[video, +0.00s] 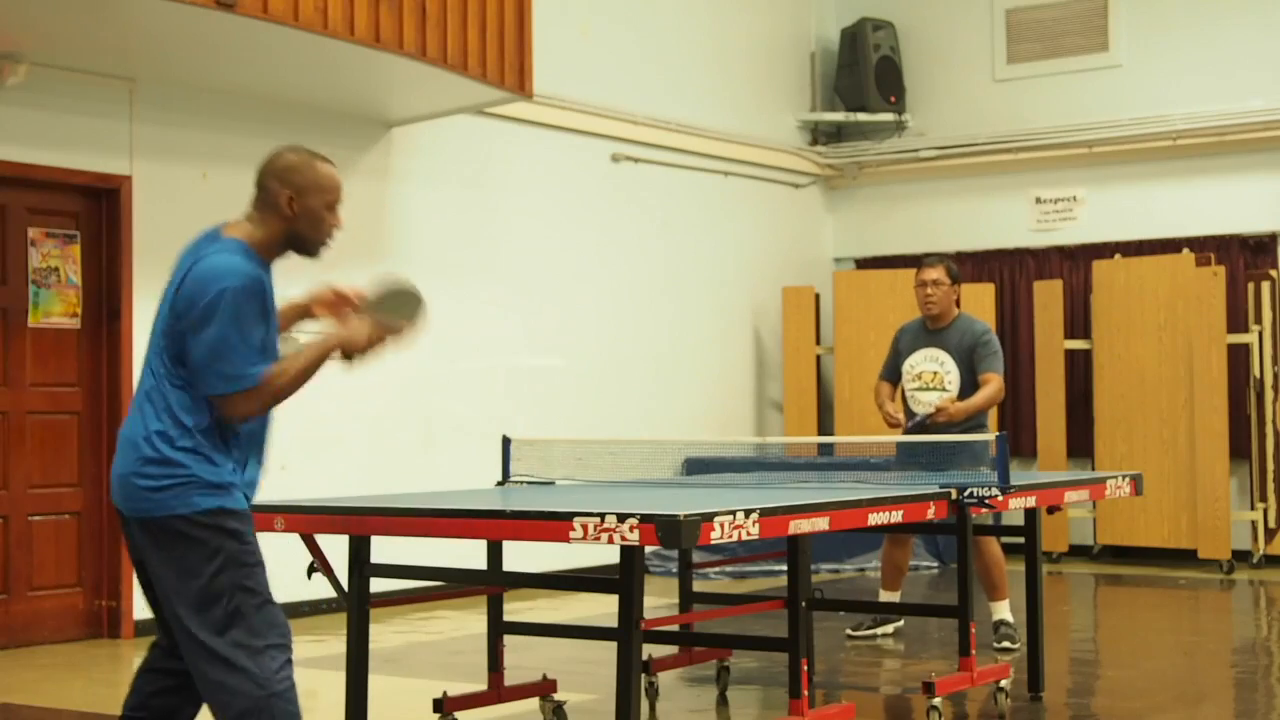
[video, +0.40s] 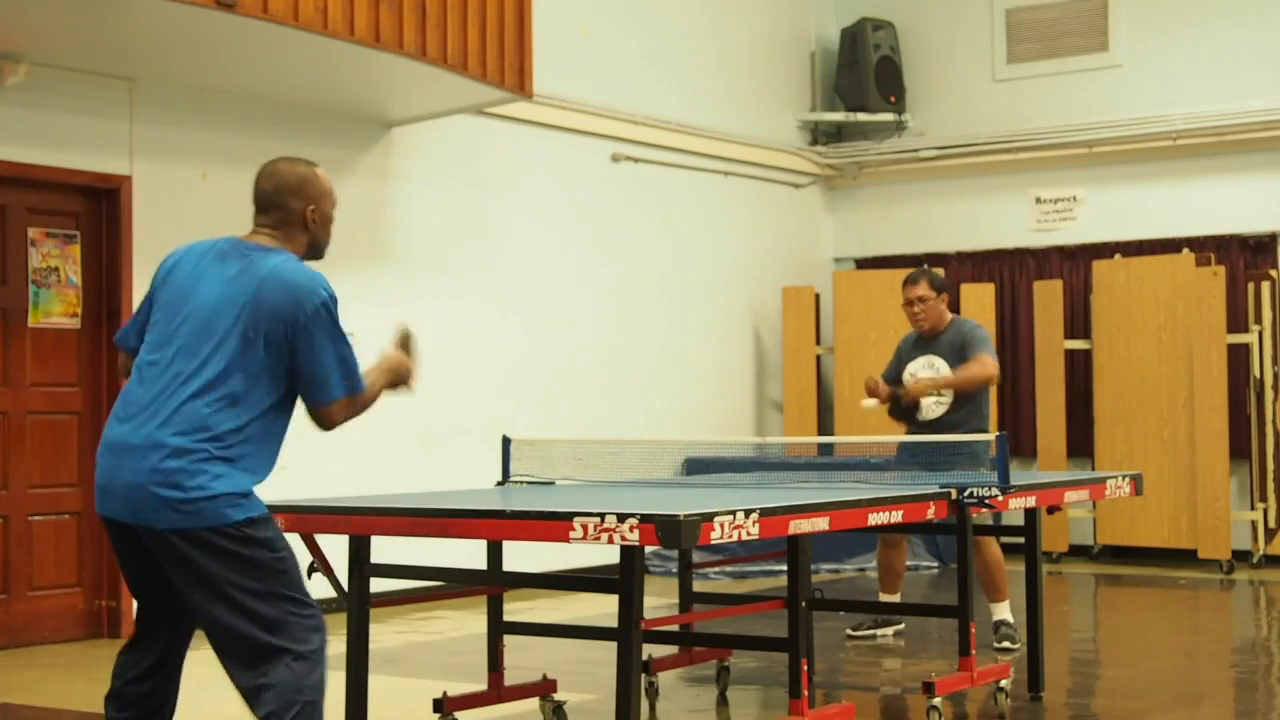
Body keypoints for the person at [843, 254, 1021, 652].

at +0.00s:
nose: (927, 293)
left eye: (935, 285)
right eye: (921, 286)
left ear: (955, 291)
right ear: (915, 291)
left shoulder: (979, 335)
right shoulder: (906, 335)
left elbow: (994, 387)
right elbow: (884, 385)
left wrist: (962, 409)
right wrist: (887, 406)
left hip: (965, 450)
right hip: (914, 450)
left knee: (979, 530)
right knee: (898, 528)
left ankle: (1002, 618)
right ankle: (887, 612)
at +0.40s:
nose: (914, 309)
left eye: (921, 301)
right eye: (908, 303)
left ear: (943, 300)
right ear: (904, 306)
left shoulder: (969, 333)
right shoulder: (910, 344)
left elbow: (987, 371)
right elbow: (894, 394)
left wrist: (930, 386)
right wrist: (880, 389)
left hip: (965, 452)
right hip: (917, 452)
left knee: (979, 532)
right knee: (892, 528)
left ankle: (1003, 620)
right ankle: (888, 614)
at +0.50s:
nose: (912, 300)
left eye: (919, 292)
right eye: (907, 294)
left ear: (941, 291)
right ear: (903, 298)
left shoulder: (965, 321)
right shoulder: (909, 335)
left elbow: (965, 346)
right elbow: (886, 386)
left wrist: (931, 343)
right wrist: (874, 369)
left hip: (964, 445)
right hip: (917, 445)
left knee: (977, 529)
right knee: (890, 521)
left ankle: (1003, 618)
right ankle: (884, 607)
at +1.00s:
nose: (908, 296)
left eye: (916, 288)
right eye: (901, 289)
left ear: (934, 291)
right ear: (895, 295)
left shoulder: (959, 333)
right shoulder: (888, 341)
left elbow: (984, 380)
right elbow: (866, 387)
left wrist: (951, 395)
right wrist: (872, 404)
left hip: (956, 448)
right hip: (905, 449)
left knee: (983, 525)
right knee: (890, 526)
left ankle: (1016, 613)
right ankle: (884, 612)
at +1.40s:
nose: (936, 302)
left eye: (943, 294)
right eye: (930, 296)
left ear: (965, 294)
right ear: (926, 300)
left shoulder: (985, 328)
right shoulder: (927, 341)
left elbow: (994, 350)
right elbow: (911, 383)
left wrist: (952, 345)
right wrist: (899, 380)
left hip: (980, 447)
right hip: (934, 445)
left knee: (987, 529)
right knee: (906, 521)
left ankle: (1016, 614)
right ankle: (885, 605)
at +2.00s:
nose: (947, 297)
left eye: (955, 290)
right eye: (941, 291)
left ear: (974, 291)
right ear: (935, 295)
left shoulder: (1000, 334)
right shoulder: (930, 338)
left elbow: (1020, 384)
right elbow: (908, 387)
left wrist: (975, 401)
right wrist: (907, 402)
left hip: (982, 449)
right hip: (933, 449)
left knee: (996, 528)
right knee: (914, 524)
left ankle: (1016, 615)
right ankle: (904, 609)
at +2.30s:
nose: (943, 303)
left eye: (950, 294)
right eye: (938, 297)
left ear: (972, 294)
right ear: (935, 299)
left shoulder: (995, 327)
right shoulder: (940, 337)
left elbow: (994, 353)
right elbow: (912, 384)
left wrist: (946, 353)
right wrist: (902, 371)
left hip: (983, 447)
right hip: (937, 446)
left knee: (992, 528)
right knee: (912, 519)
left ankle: (1016, 614)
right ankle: (900, 606)